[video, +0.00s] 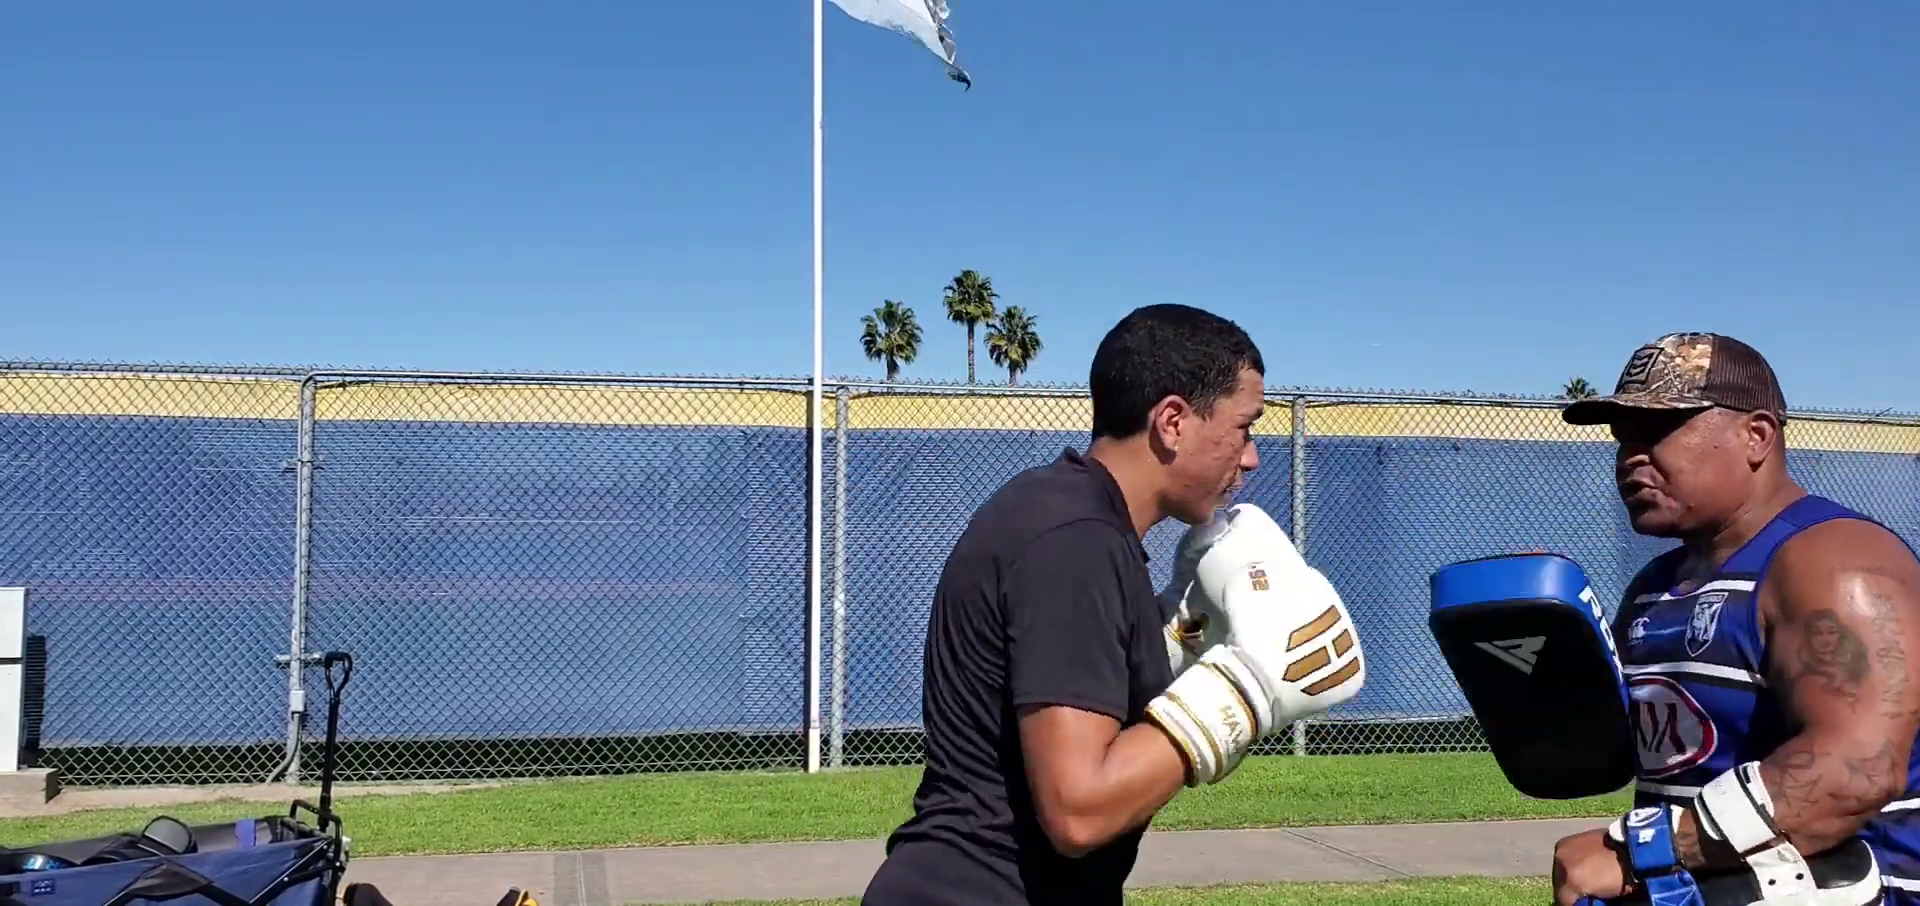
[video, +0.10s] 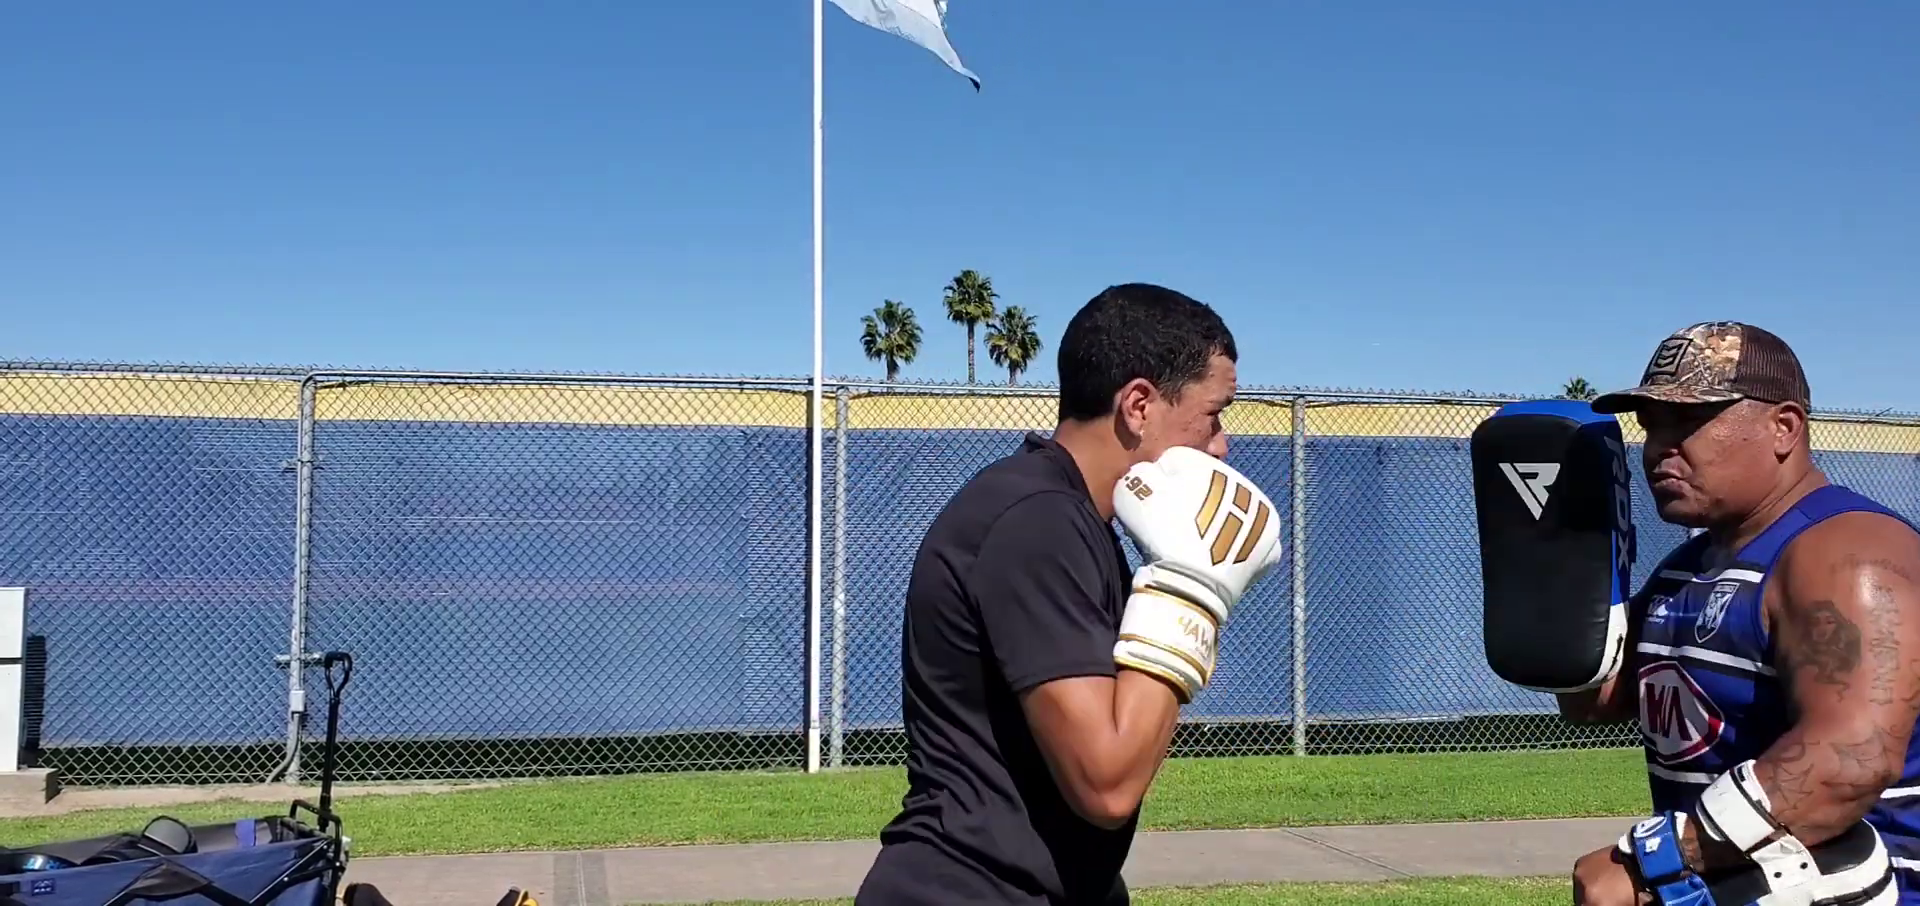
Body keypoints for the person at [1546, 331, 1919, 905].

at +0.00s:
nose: (1628, 457)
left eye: (1657, 428)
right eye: (1622, 434)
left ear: (1756, 437)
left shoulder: (1841, 563)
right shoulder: (1652, 586)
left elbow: (1856, 768)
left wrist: (1640, 850)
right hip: (1687, 875)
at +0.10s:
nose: (1656, 448)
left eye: (1688, 421)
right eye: (1651, 425)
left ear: (1784, 429)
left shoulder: (1852, 557)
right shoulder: (1690, 563)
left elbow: (1848, 762)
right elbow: (1596, 700)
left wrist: (1648, 861)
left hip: (1822, 880)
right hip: (1706, 875)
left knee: (1603, 882)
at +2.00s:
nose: (1710, 535)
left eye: (1739, 511)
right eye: (1705, 510)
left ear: (1851, 486)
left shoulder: (1878, 621)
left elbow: (1645, 685)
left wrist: (1639, 509)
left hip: (1868, 895)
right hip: (1755, 887)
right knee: (1576, 872)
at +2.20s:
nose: (1796, 520)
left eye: (1841, 501)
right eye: (1790, 480)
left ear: (1914, 510)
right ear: (1775, 463)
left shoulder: (1902, 634)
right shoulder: (1755, 535)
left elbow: (1684, 701)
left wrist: (1629, 576)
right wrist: (1584, 784)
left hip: (1882, 892)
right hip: (1751, 885)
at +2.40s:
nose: (1815, 468)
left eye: (1851, 439)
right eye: (1814, 439)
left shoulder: (1913, 590)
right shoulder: (1856, 562)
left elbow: (1818, 723)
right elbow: (1818, 669)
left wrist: (1607, 785)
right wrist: (1714, 615)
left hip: (1891, 889)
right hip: (1823, 881)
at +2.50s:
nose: (1834, 454)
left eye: (1865, 426)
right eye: (1830, 429)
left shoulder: (1911, 574)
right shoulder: (1871, 567)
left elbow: (1850, 740)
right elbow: (1771, 679)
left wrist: (1663, 824)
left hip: (1896, 863)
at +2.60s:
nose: (1838, 437)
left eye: (1870, 410)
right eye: (1836, 414)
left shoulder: (1910, 560)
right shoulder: (1888, 555)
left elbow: (1890, 733)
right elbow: (1775, 639)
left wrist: (1699, 799)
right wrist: (1780, 479)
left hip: (1900, 888)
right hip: (1872, 886)